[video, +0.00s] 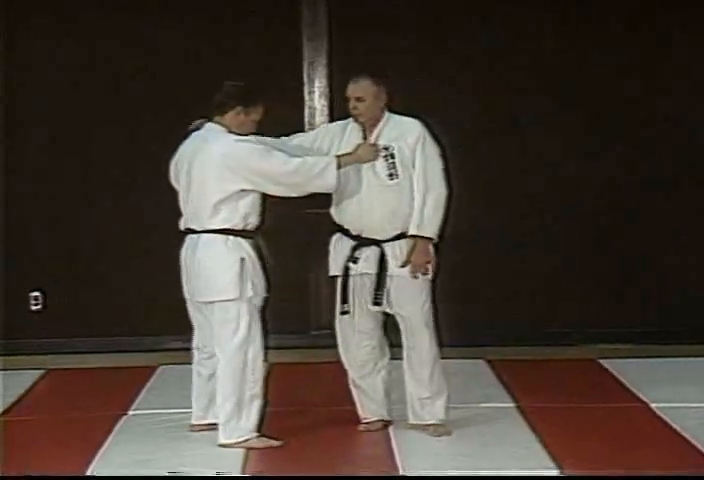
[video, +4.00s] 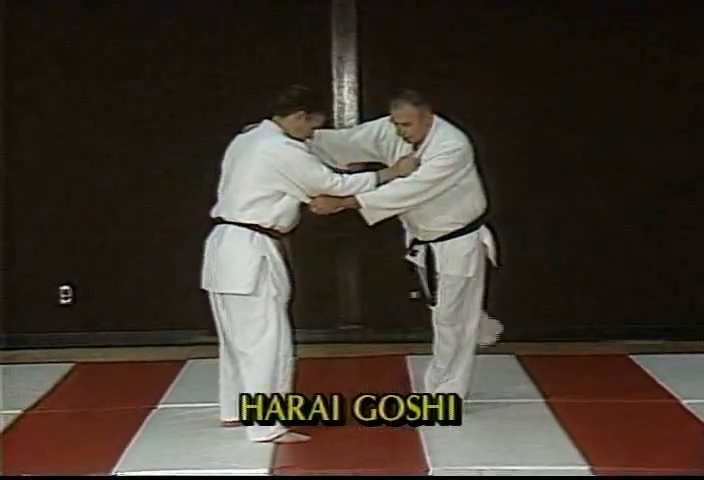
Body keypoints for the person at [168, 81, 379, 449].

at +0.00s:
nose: (256, 126)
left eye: (257, 119)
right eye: (254, 118)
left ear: (224, 113)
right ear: (237, 113)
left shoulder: (190, 146)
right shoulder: (235, 149)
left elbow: (175, 176)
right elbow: (288, 169)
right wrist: (350, 158)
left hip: (194, 249)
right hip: (228, 253)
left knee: (206, 340)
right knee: (239, 344)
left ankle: (203, 413)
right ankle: (237, 430)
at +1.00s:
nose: (264, 129)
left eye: (266, 122)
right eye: (263, 121)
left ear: (232, 115)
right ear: (244, 115)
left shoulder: (195, 145)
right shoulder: (242, 150)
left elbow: (179, 176)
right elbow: (296, 170)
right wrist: (359, 162)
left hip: (185, 251)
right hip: (221, 255)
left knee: (198, 345)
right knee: (234, 346)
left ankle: (202, 417)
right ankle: (237, 431)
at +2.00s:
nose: (254, 116)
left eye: (253, 110)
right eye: (250, 110)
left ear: (221, 112)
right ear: (230, 111)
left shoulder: (194, 146)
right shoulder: (240, 149)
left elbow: (181, 180)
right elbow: (295, 162)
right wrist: (353, 149)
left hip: (204, 250)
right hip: (238, 252)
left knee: (213, 340)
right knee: (246, 343)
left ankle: (209, 413)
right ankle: (239, 430)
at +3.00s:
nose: (286, 130)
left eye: (288, 125)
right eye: (285, 123)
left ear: (253, 114)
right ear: (269, 116)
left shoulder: (216, 141)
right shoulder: (260, 151)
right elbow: (315, 165)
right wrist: (369, 155)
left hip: (200, 247)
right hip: (233, 252)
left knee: (212, 342)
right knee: (245, 344)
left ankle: (212, 413)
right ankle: (245, 430)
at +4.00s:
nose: (313, 134)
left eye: (316, 127)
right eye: (313, 126)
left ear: (285, 115)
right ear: (297, 117)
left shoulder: (244, 139)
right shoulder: (282, 150)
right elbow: (331, 185)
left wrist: (336, 169)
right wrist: (388, 175)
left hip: (221, 244)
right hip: (251, 250)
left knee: (235, 338)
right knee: (266, 340)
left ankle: (233, 411)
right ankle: (265, 425)